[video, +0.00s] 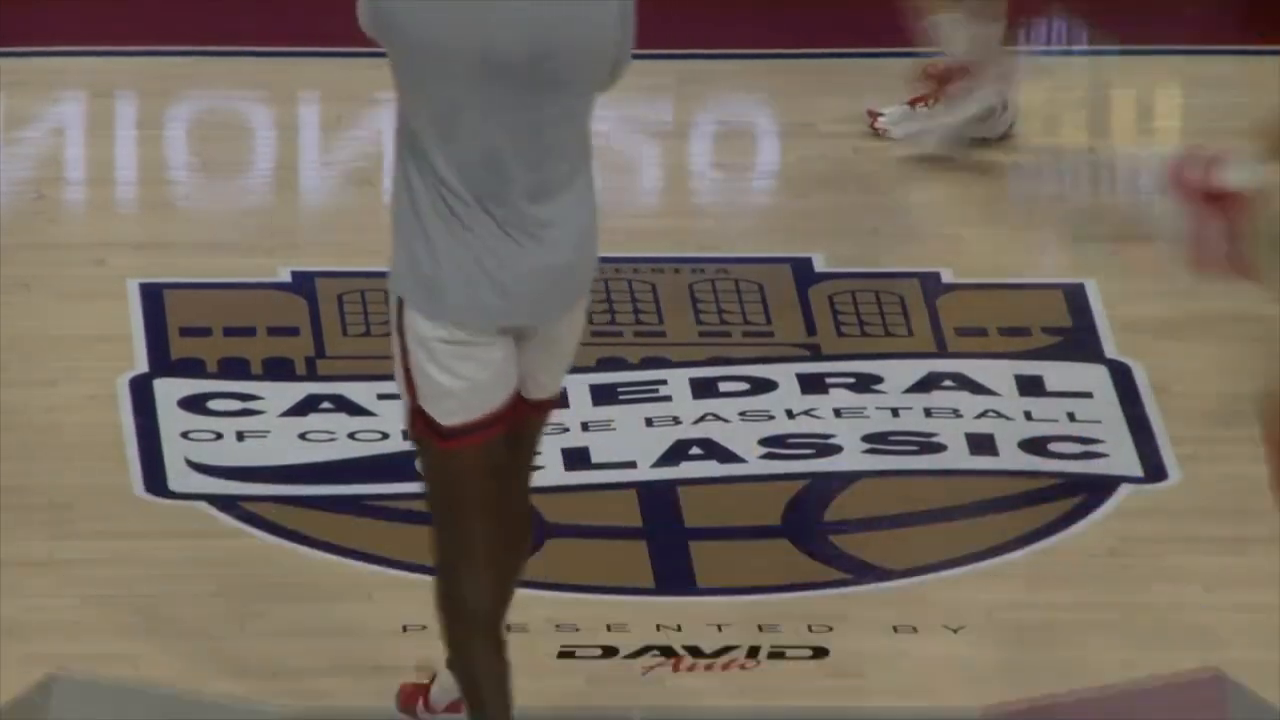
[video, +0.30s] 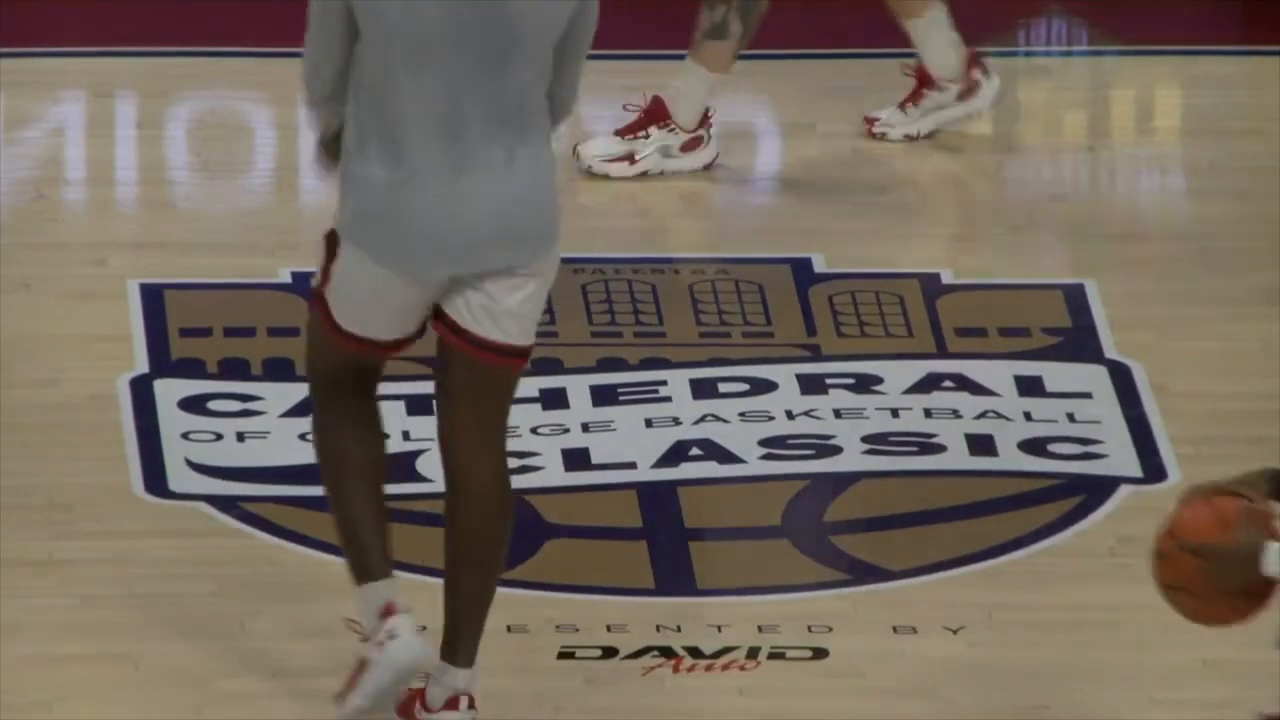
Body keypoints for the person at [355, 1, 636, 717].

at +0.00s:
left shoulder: (408, 10)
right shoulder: (604, 14)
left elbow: (367, 26)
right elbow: (604, 74)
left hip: (450, 277)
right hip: (561, 270)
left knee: (466, 524)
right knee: (511, 494)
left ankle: (489, 710)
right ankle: (469, 684)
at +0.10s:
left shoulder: (398, 8)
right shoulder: (593, 7)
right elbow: (584, 71)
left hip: (435, 261)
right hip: (546, 253)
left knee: (420, 492)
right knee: (499, 479)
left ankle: (463, 690)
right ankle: (460, 683)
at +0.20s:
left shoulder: (387, 0)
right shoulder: (582, 1)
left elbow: (354, 26)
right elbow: (571, 78)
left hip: (417, 241)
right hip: (535, 237)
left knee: (374, 433)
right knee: (490, 453)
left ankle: (432, 634)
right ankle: (463, 675)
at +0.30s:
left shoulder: (349, 1)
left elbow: (324, 75)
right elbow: (560, 90)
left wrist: (336, 133)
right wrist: (504, 143)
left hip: (395, 212)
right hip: (519, 212)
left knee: (343, 384)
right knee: (479, 440)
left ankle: (384, 617)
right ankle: (455, 685)